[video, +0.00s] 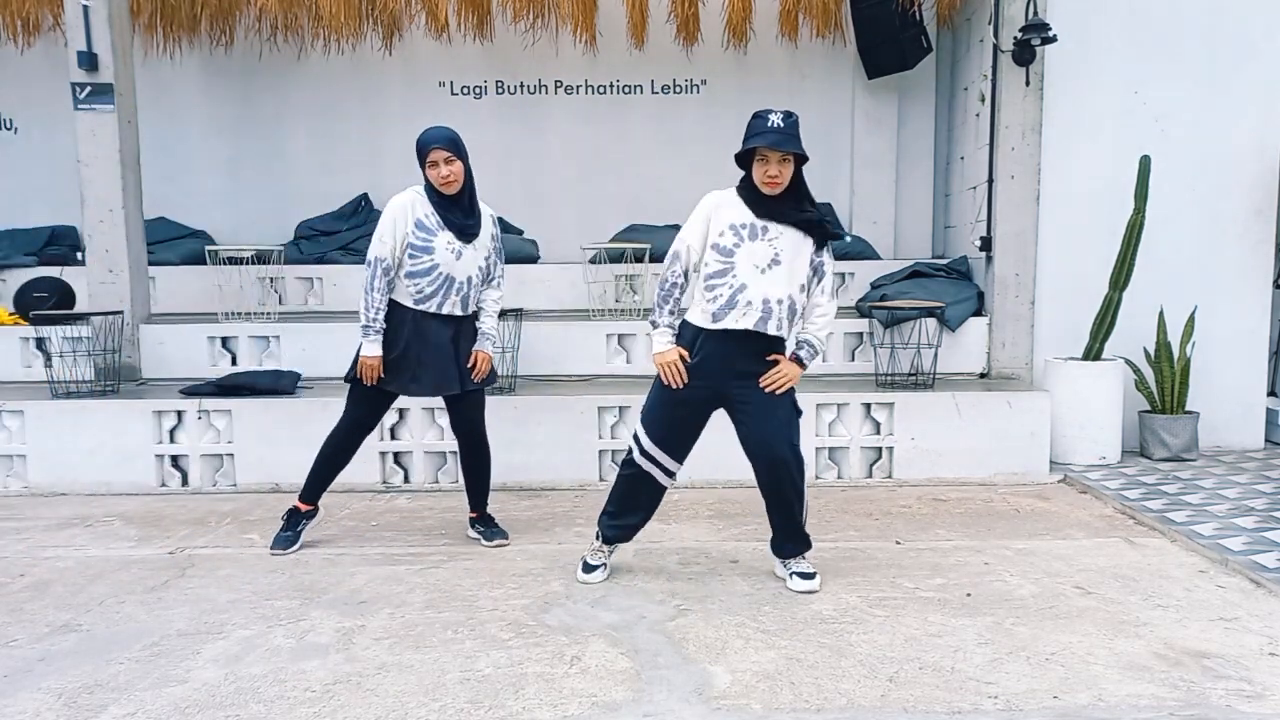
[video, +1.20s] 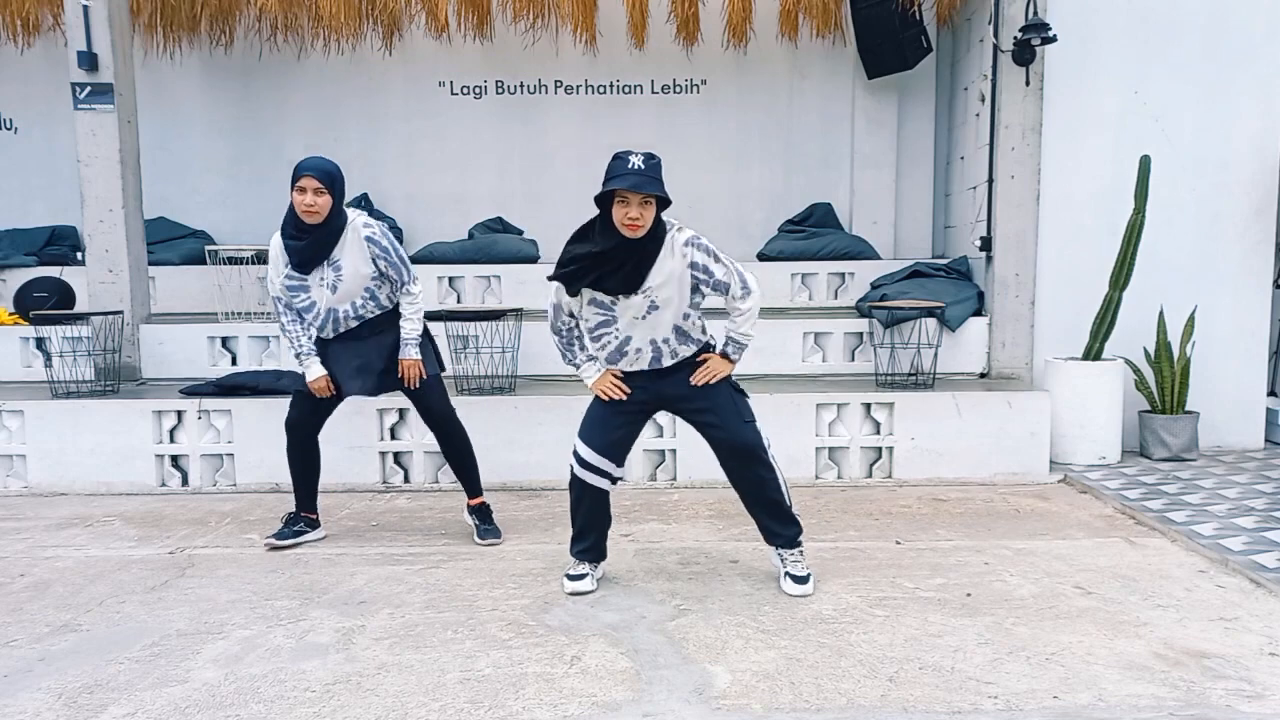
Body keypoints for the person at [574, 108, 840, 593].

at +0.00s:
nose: (773, 169)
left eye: (783, 160)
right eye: (763, 159)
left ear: (797, 164)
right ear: (748, 161)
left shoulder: (810, 228)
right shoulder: (716, 206)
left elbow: (822, 305)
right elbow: (673, 274)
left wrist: (799, 357)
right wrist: (662, 338)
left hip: (765, 360)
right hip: (699, 350)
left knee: (781, 459)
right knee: (650, 450)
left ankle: (792, 552)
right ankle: (605, 540)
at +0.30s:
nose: (767, 238)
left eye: (776, 227)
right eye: (756, 228)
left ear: (790, 229)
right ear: (739, 230)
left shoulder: (806, 277)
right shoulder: (710, 268)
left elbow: (820, 327)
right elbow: (645, 308)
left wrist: (782, 372)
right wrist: (650, 368)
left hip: (748, 385)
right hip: (680, 377)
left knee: (784, 455)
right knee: (628, 451)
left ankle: (792, 552)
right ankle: (588, 554)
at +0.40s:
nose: (728, 270)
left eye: (737, 258)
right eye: (716, 260)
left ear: (751, 260)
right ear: (700, 263)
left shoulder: (770, 300)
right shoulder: (674, 300)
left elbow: (807, 345)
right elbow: (615, 327)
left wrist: (767, 382)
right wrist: (633, 384)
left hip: (737, 399)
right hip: (668, 396)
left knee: (780, 461)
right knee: (619, 462)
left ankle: (792, 553)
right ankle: (589, 559)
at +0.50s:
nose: (673, 259)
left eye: (682, 248)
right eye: (662, 249)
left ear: (697, 249)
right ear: (647, 252)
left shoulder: (725, 283)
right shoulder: (629, 297)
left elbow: (771, 319)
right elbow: (587, 335)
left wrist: (753, 375)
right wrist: (622, 383)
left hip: (723, 395)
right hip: (656, 398)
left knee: (771, 459)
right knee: (606, 465)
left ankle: (791, 553)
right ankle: (587, 560)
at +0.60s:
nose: (632, 218)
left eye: (641, 207)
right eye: (621, 208)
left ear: (656, 208)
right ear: (605, 211)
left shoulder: (688, 245)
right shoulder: (591, 267)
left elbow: (738, 297)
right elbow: (569, 327)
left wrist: (738, 356)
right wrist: (606, 373)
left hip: (705, 372)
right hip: (637, 380)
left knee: (762, 447)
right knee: (598, 461)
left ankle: (799, 547)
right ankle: (586, 559)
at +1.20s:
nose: (634, 212)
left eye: (644, 202)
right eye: (623, 201)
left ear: (658, 205)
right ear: (607, 204)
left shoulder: (683, 246)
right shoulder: (584, 257)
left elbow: (744, 290)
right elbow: (561, 323)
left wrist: (729, 352)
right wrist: (591, 371)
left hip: (690, 369)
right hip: (622, 377)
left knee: (745, 447)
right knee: (588, 462)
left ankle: (787, 547)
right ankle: (585, 557)